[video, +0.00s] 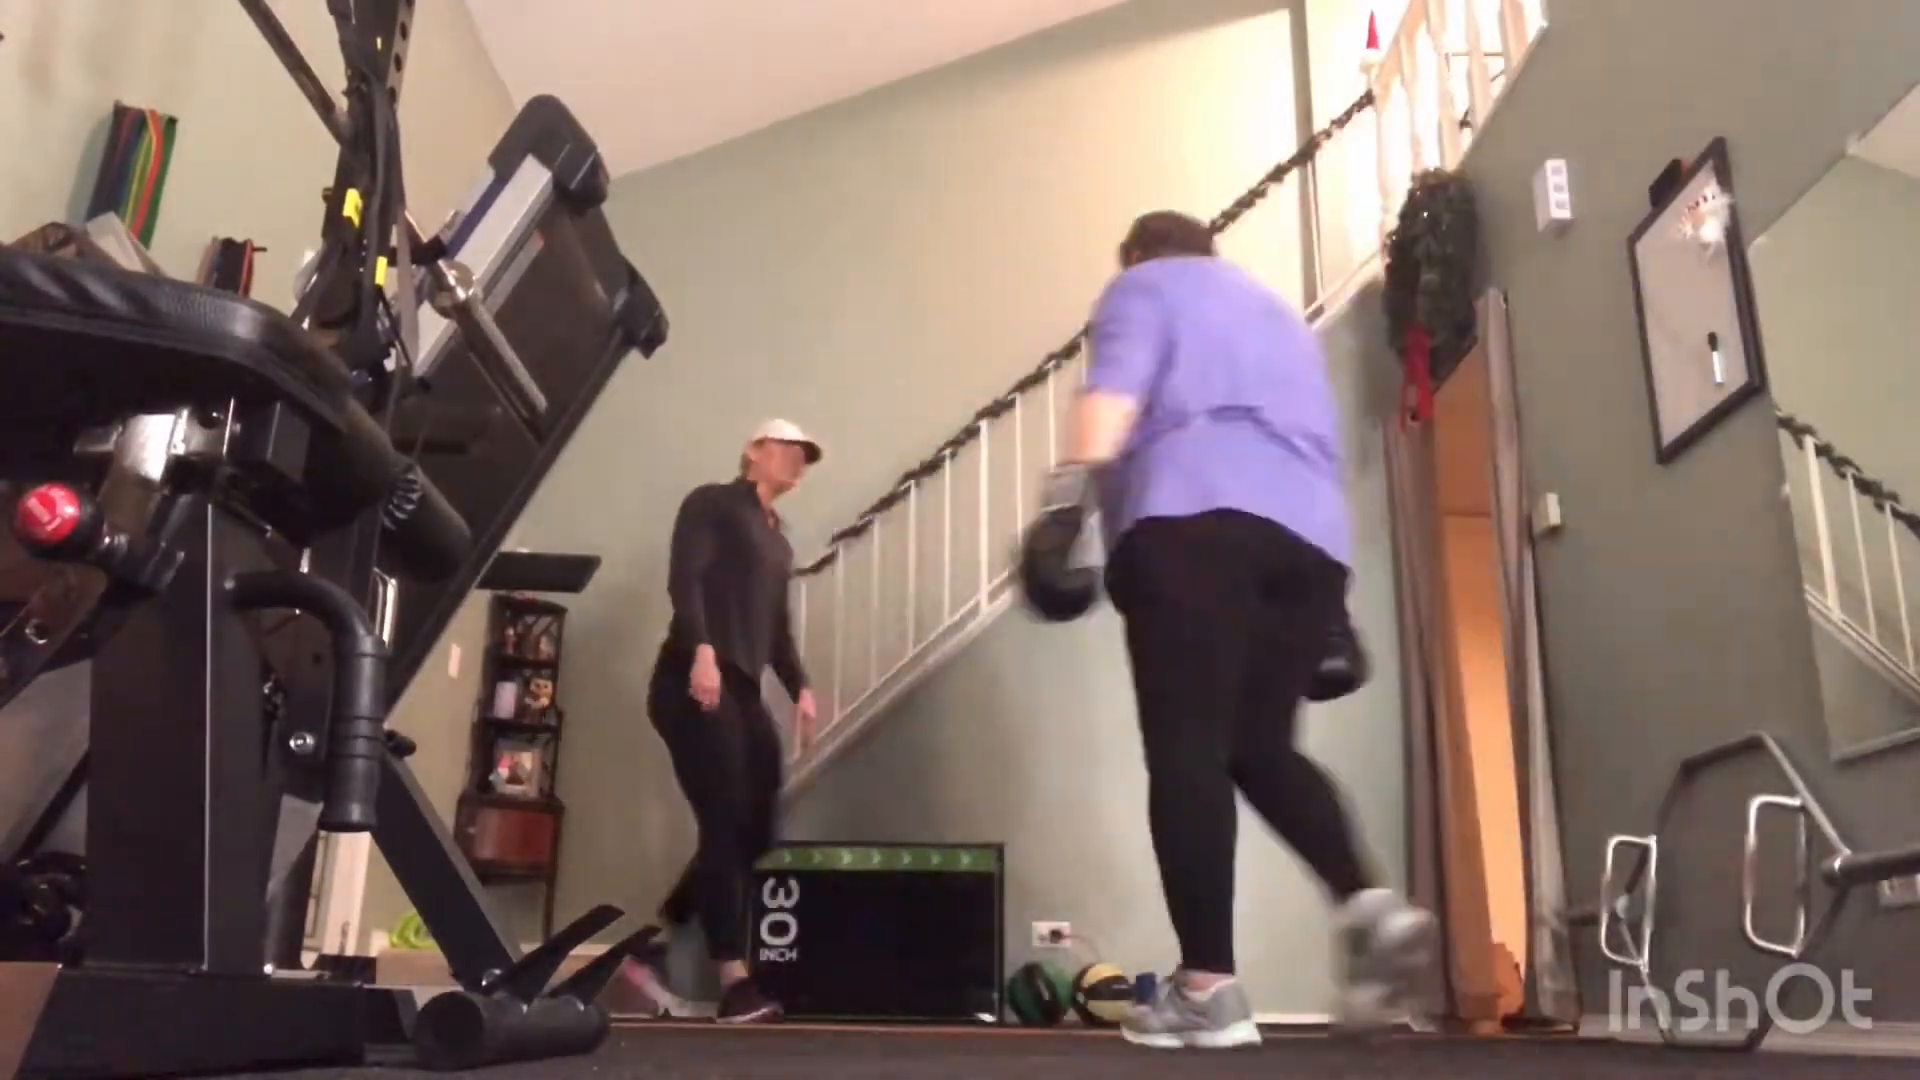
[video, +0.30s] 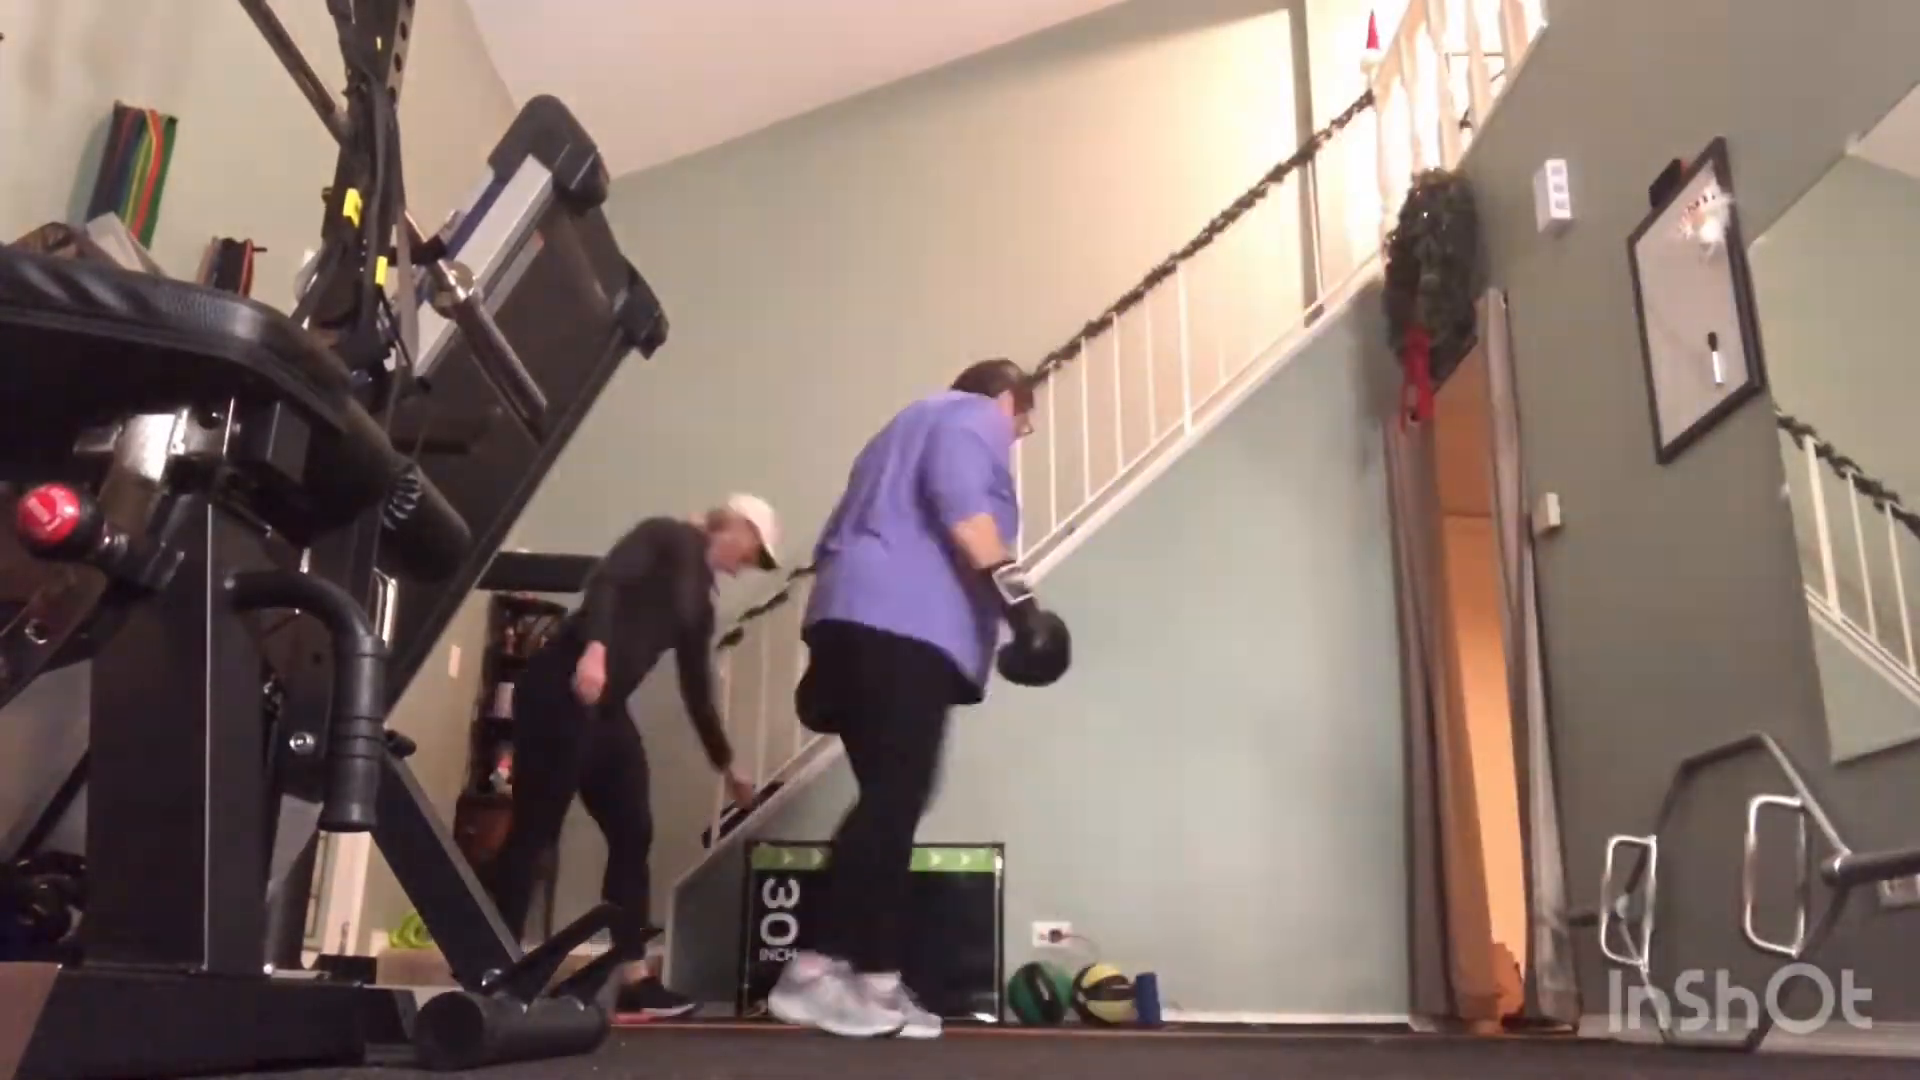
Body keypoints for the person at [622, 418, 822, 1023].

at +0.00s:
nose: (800, 464)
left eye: (803, 456)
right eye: (790, 451)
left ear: (795, 467)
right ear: (755, 452)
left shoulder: (777, 544)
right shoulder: (710, 502)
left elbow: (776, 625)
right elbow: (686, 578)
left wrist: (800, 687)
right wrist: (702, 649)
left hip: (742, 690)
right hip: (694, 678)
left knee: (753, 821)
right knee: (726, 818)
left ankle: (648, 946)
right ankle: (734, 978)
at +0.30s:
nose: (745, 563)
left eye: (754, 558)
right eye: (750, 549)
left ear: (746, 550)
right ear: (730, 523)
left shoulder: (700, 601)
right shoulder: (666, 535)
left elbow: (696, 688)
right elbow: (605, 580)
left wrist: (727, 767)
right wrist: (595, 646)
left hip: (605, 703)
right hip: (558, 684)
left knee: (631, 833)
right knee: (534, 827)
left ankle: (631, 976)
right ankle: (493, 961)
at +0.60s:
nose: (816, 627)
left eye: (823, 621)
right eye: (820, 613)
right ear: (807, 593)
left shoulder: (761, 663)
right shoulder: (755, 581)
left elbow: (746, 752)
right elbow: (679, 593)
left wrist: (794, 806)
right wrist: (674, 653)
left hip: (646, 711)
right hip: (600, 687)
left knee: (657, 835)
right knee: (566, 817)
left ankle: (638, 983)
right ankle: (529, 957)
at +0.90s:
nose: (825, 597)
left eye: (832, 592)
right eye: (822, 581)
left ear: (823, 604)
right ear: (800, 576)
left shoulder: (765, 658)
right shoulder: (748, 575)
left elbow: (755, 747)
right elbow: (673, 592)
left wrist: (803, 796)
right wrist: (676, 653)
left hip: (650, 712)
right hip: (603, 688)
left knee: (665, 834)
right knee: (571, 818)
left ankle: (639, 982)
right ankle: (527, 955)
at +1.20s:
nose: (714, 509)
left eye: (721, 503)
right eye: (710, 495)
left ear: (715, 507)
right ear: (679, 482)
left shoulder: (687, 569)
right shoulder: (631, 523)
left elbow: (666, 647)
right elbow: (585, 580)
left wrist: (683, 693)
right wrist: (573, 650)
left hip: (634, 708)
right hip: (586, 692)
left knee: (649, 836)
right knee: (563, 828)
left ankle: (634, 978)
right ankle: (492, 950)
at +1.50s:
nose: (797, 500)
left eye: (803, 492)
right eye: (792, 485)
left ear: (794, 497)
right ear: (761, 477)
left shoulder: (765, 550)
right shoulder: (724, 519)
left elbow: (739, 639)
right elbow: (691, 582)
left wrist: (773, 682)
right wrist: (725, 642)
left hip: (722, 696)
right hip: (686, 687)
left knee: (733, 832)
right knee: (701, 826)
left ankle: (706, 973)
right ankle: (653, 971)